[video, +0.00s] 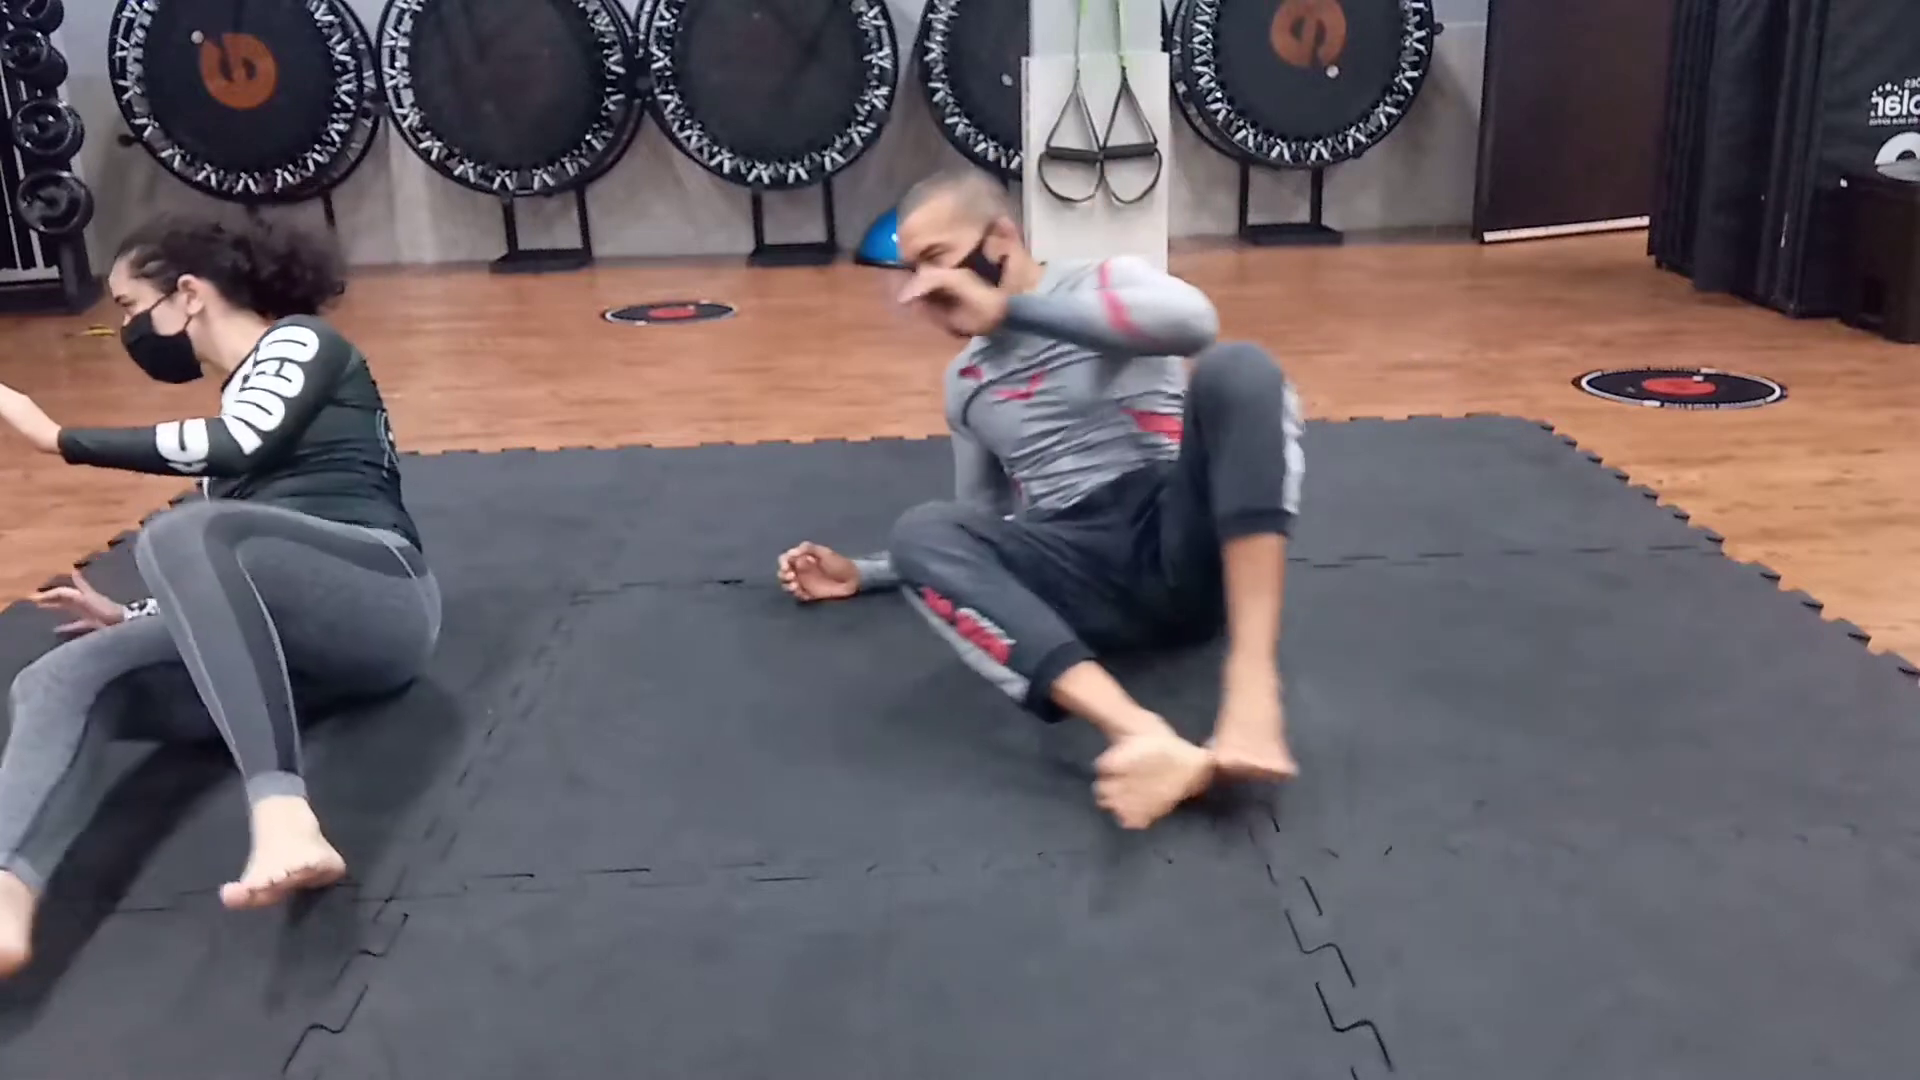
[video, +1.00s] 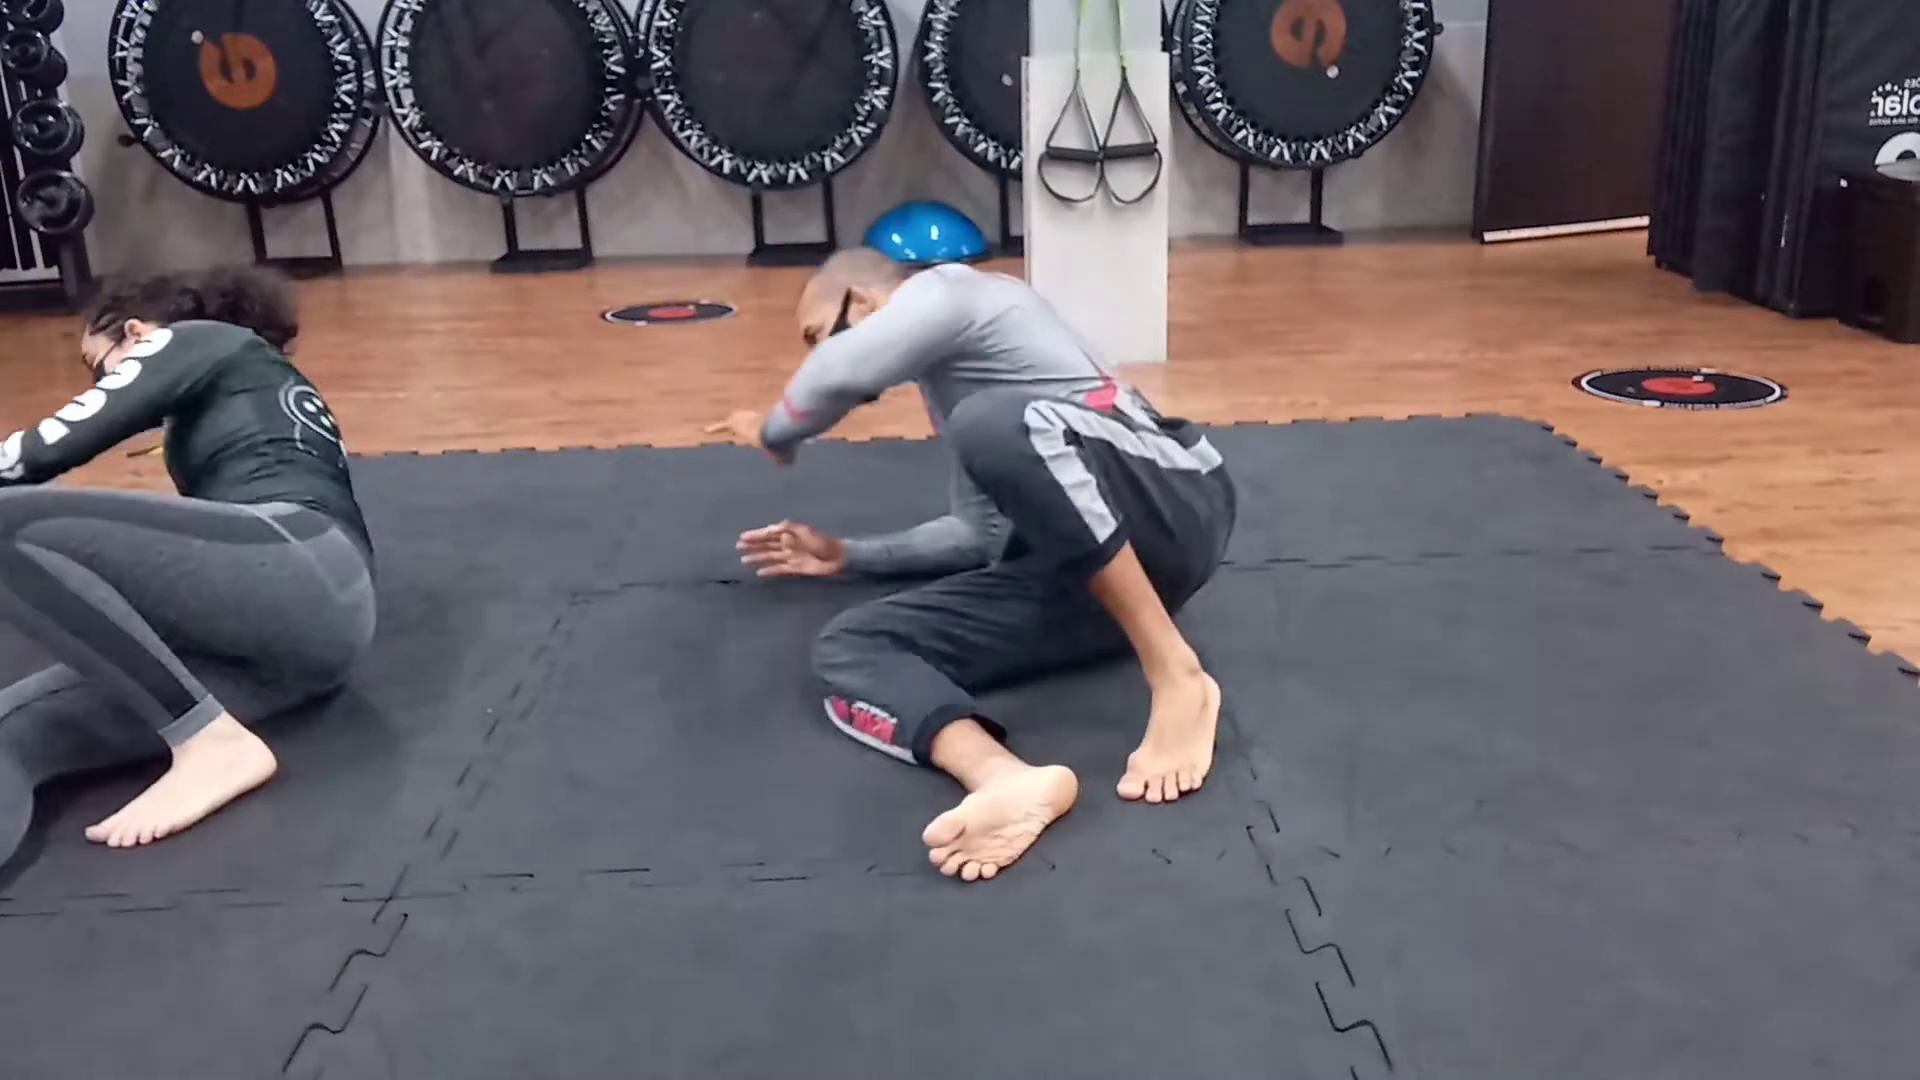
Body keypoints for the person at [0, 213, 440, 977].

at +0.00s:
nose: (126, 331)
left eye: (131, 309)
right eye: (120, 315)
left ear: (191, 296)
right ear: (192, 303)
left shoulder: (303, 341)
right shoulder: (238, 418)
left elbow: (232, 445)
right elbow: (266, 574)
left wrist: (63, 441)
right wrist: (134, 619)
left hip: (380, 598)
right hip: (281, 653)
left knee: (181, 534)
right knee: (56, 679)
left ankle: (283, 815)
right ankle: (9, 893)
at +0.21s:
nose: (116, 349)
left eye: (119, 327)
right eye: (110, 334)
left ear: (174, 310)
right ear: (175, 318)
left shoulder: (282, 342)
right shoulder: (220, 432)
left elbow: (207, 435)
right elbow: (246, 580)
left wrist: (40, 433)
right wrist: (127, 621)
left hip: (376, 594)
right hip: (289, 655)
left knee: (153, 492)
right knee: (57, 690)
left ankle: (233, 792)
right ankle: (9, 891)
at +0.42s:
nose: (107, 356)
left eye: (108, 335)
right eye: (101, 342)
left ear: (161, 315)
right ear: (165, 320)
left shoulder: (258, 342)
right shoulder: (201, 432)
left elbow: (156, 430)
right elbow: (246, 583)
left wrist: (12, 440)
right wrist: (124, 618)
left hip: (365, 585)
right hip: (289, 651)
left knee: (106, 476)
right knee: (49, 704)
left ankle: (226, 767)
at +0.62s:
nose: (109, 367)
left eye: (107, 348)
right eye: (101, 356)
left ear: (155, 323)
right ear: (160, 325)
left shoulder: (234, 342)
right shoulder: (219, 435)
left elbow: (107, 430)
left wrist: (5, 454)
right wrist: (124, 617)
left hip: (344, 580)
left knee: (53, 481)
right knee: (30, 717)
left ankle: (223, 744)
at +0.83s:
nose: (112, 375)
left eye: (110, 358)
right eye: (103, 365)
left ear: (149, 326)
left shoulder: (224, 342)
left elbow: (64, 438)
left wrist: (8, 452)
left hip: (317, 573)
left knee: (22, 506)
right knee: (16, 731)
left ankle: (214, 739)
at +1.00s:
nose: (103, 381)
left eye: (102, 363)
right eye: (93, 372)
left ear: (141, 328)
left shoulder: (201, 342)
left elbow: (30, 455)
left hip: (306, 566)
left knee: (9, 526)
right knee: (16, 729)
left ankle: (211, 741)